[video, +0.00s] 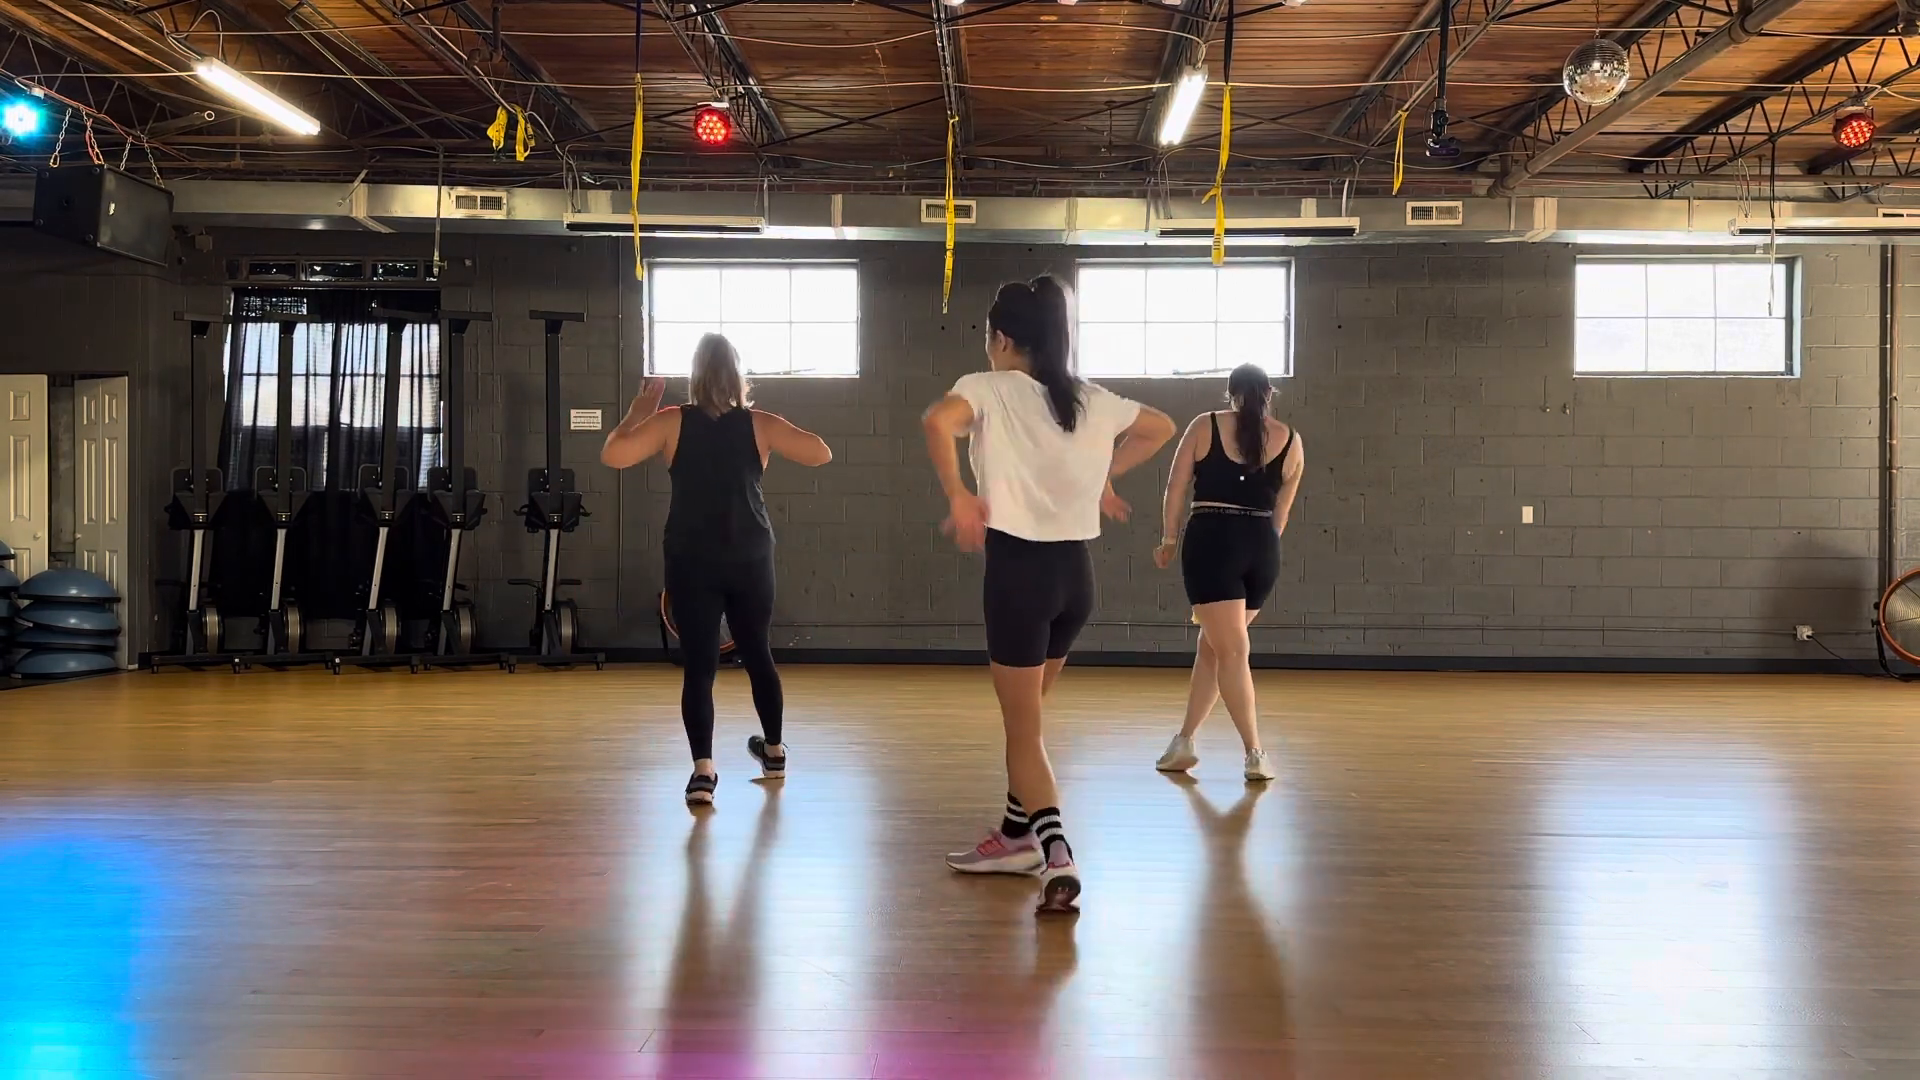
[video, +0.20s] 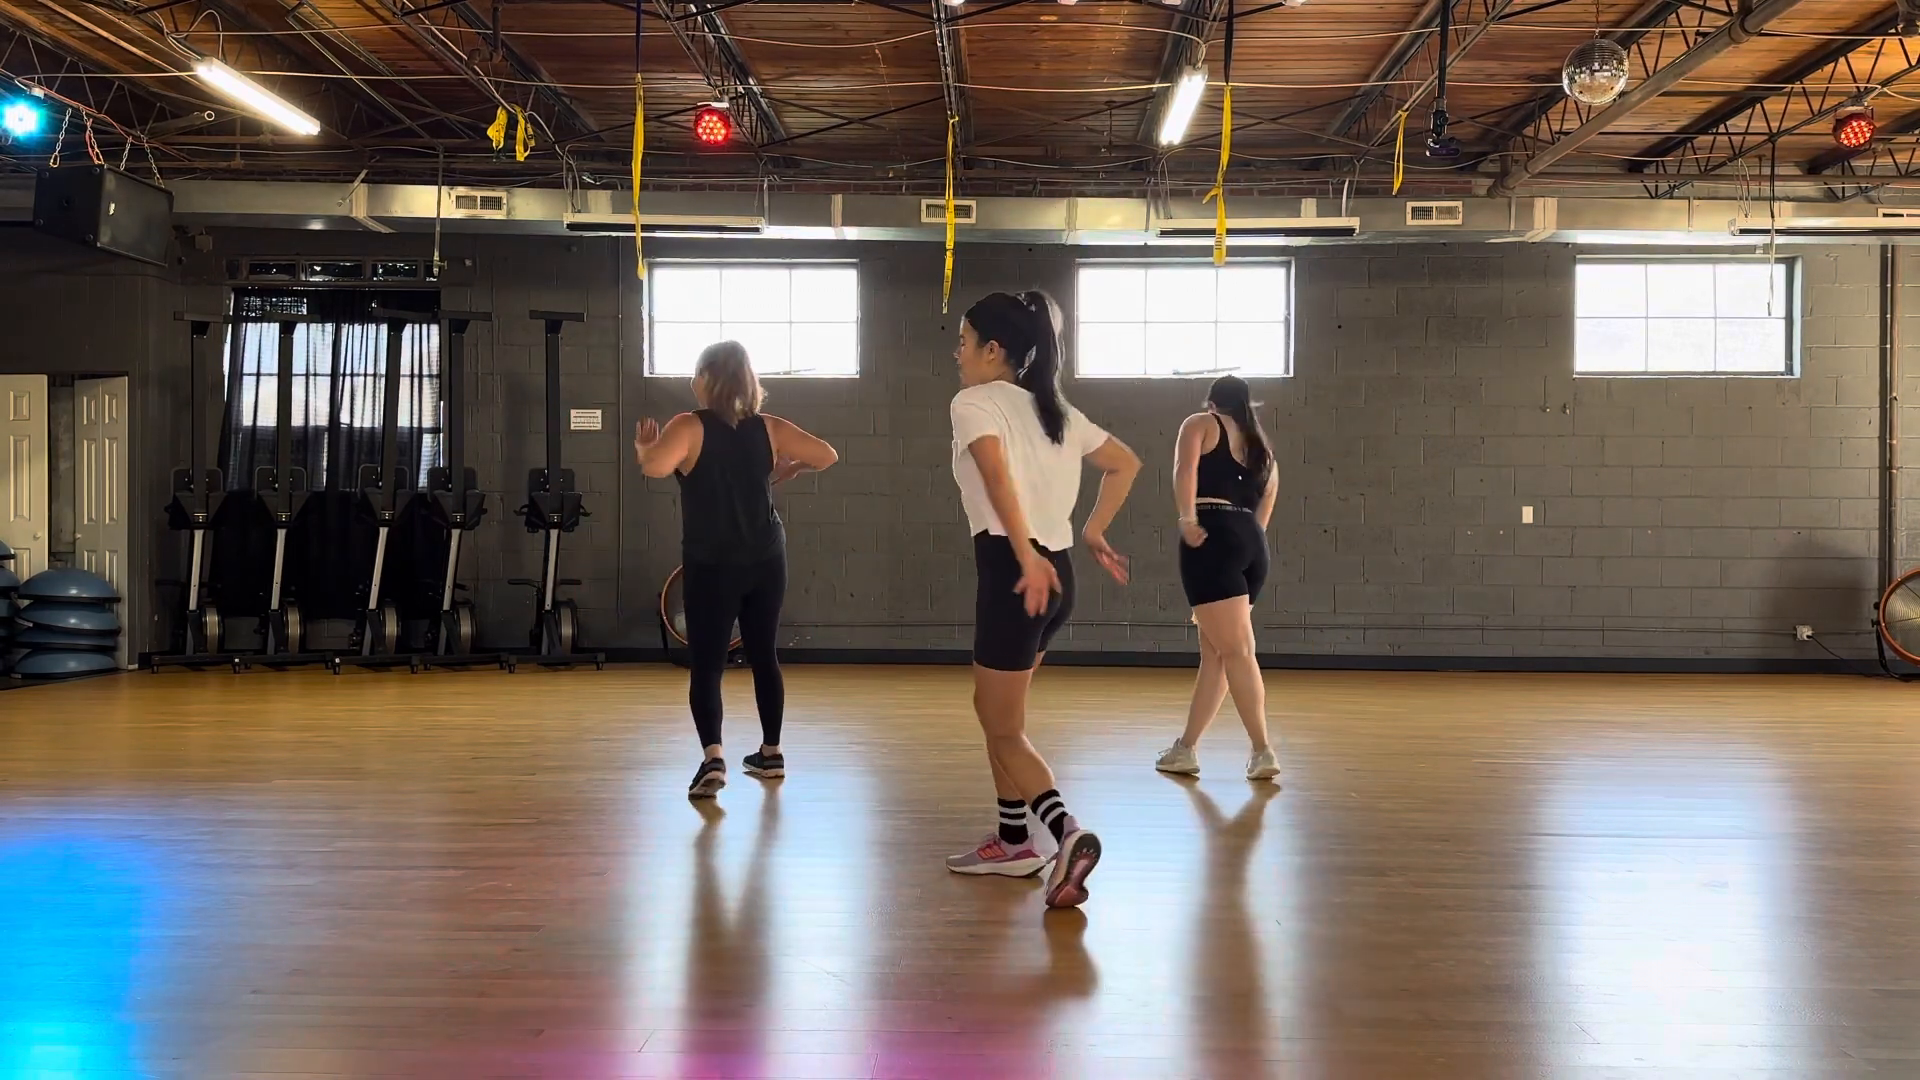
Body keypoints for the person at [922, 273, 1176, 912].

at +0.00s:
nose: (986, 344)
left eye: (990, 334)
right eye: (989, 334)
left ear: (1007, 338)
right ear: (1053, 338)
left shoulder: (989, 386)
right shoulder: (1091, 398)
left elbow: (939, 420)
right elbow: (1160, 426)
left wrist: (958, 493)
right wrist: (1102, 474)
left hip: (1017, 572)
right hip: (1076, 574)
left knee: (1023, 724)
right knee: (1027, 714)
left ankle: (1057, 855)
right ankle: (1015, 835)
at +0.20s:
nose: (958, 353)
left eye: (965, 343)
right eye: (960, 342)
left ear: (994, 350)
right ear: (1015, 353)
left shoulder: (974, 401)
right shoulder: (1055, 411)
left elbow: (996, 473)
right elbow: (1124, 464)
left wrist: (1030, 557)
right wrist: (1095, 527)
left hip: (1008, 568)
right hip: (1053, 568)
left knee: (1005, 733)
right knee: (995, 708)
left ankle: (1068, 837)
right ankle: (1015, 840)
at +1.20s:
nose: (1027, 337)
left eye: (1038, 325)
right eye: (1012, 328)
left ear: (1057, 335)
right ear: (995, 345)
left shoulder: (1076, 411)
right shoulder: (984, 420)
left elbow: (1054, 490)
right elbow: (913, 507)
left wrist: (1040, 553)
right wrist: (876, 603)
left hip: (1055, 577)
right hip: (983, 580)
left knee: (1061, 731)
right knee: (960, 731)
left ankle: (1057, 891)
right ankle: (925, 793)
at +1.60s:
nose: (956, 366)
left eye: (970, 353)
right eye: (942, 355)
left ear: (996, 364)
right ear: (928, 369)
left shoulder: (1044, 426)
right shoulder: (905, 453)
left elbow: (1057, 514)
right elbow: (910, 534)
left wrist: (1026, 574)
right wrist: (948, 581)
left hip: (1023, 589)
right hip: (939, 593)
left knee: (1062, 746)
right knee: (886, 744)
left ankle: (1051, 892)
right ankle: (833, 885)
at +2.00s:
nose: (910, 424)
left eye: (928, 414)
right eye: (899, 409)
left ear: (953, 430)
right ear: (882, 414)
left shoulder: (970, 502)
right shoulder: (845, 462)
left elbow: (1011, 543)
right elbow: (846, 511)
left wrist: (960, 564)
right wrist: (884, 550)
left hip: (958, 608)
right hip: (874, 611)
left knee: (1047, 750)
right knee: (826, 752)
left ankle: (1143, 881)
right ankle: (830, 899)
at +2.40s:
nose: (1033, 442)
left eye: (1041, 423)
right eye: (1013, 432)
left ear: (1058, 420)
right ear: (992, 441)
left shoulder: (1057, 467)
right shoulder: (976, 527)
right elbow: (893, 585)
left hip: (1017, 635)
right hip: (942, 634)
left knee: (1088, 756)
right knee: (854, 790)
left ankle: (1067, 911)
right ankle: (733, 884)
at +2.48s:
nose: (1005, 430)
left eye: (1016, 413)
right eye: (987, 419)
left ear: (1035, 414)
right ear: (967, 429)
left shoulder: (1059, 463)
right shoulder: (944, 505)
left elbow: (1037, 539)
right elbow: (878, 556)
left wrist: (992, 592)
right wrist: (921, 606)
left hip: (1024, 617)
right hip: (943, 619)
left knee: (1086, 753)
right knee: (854, 768)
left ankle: (1069, 910)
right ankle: (744, 880)